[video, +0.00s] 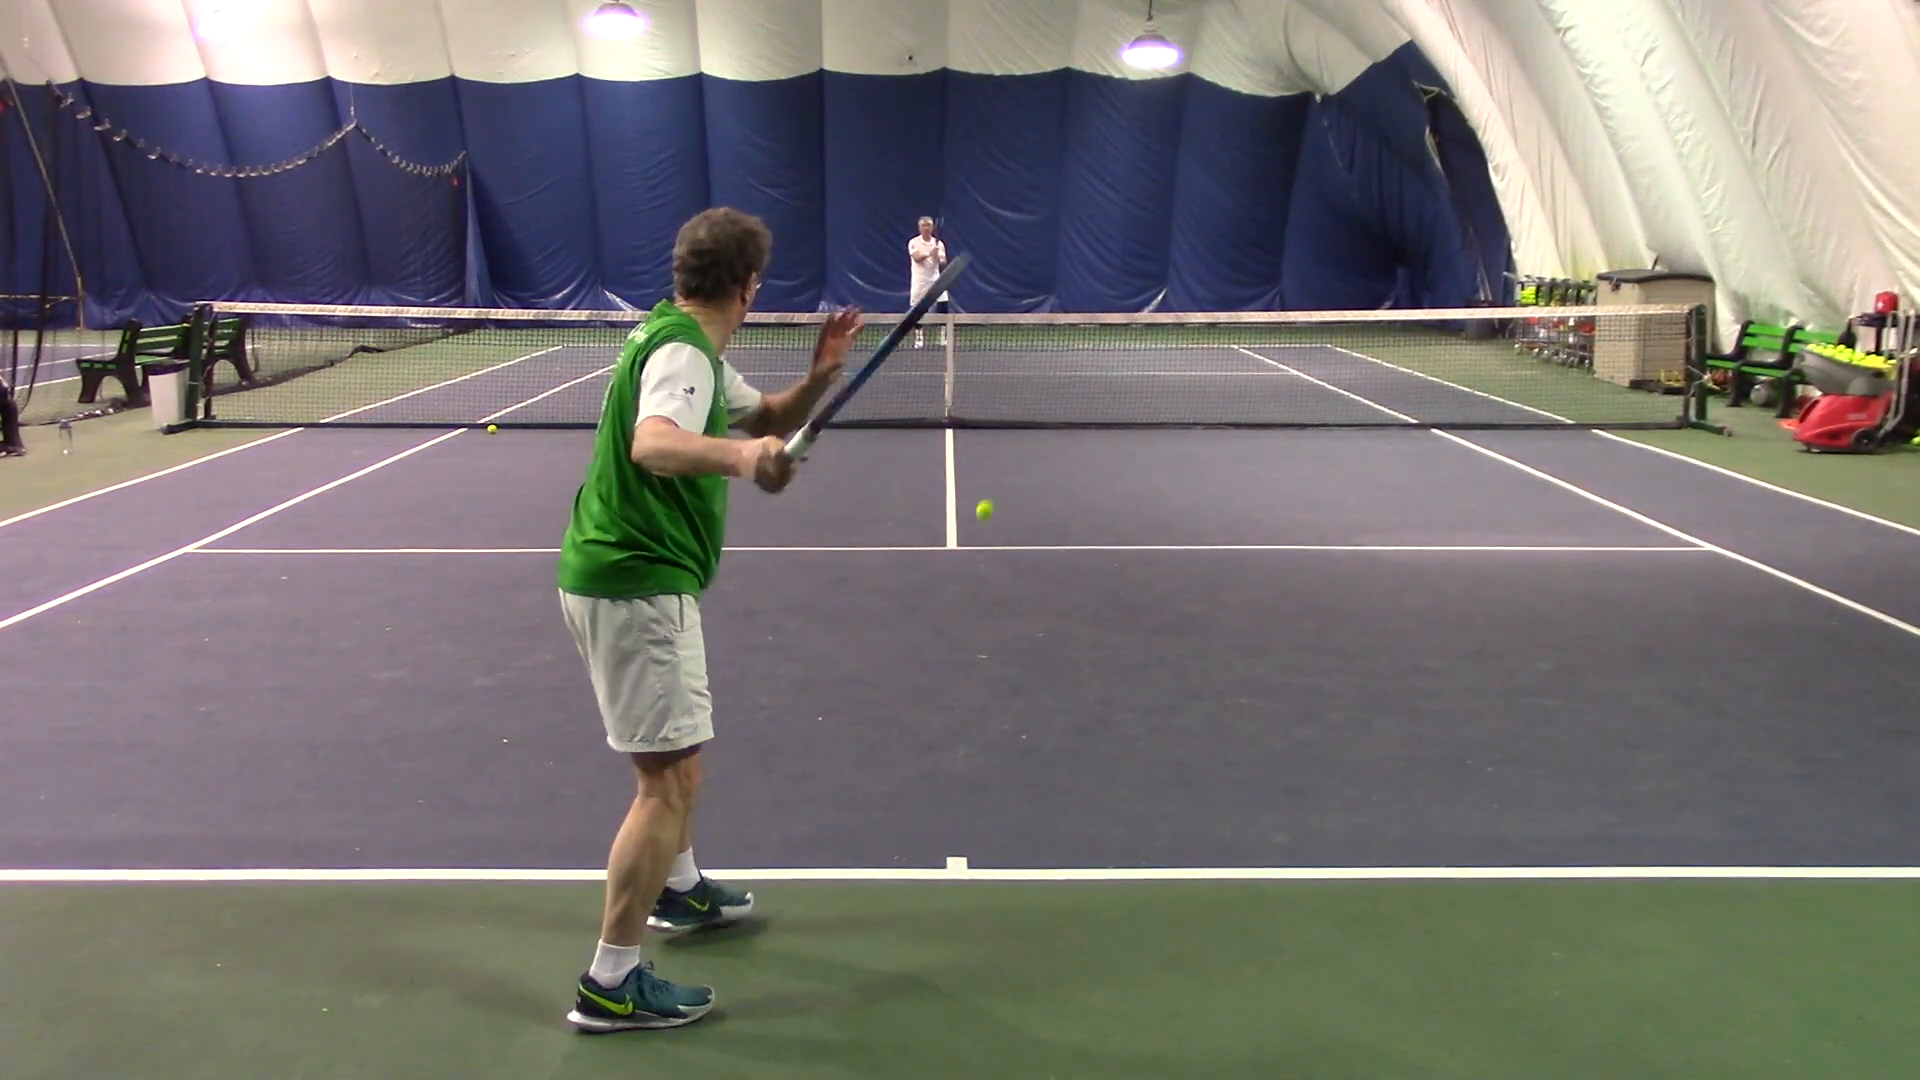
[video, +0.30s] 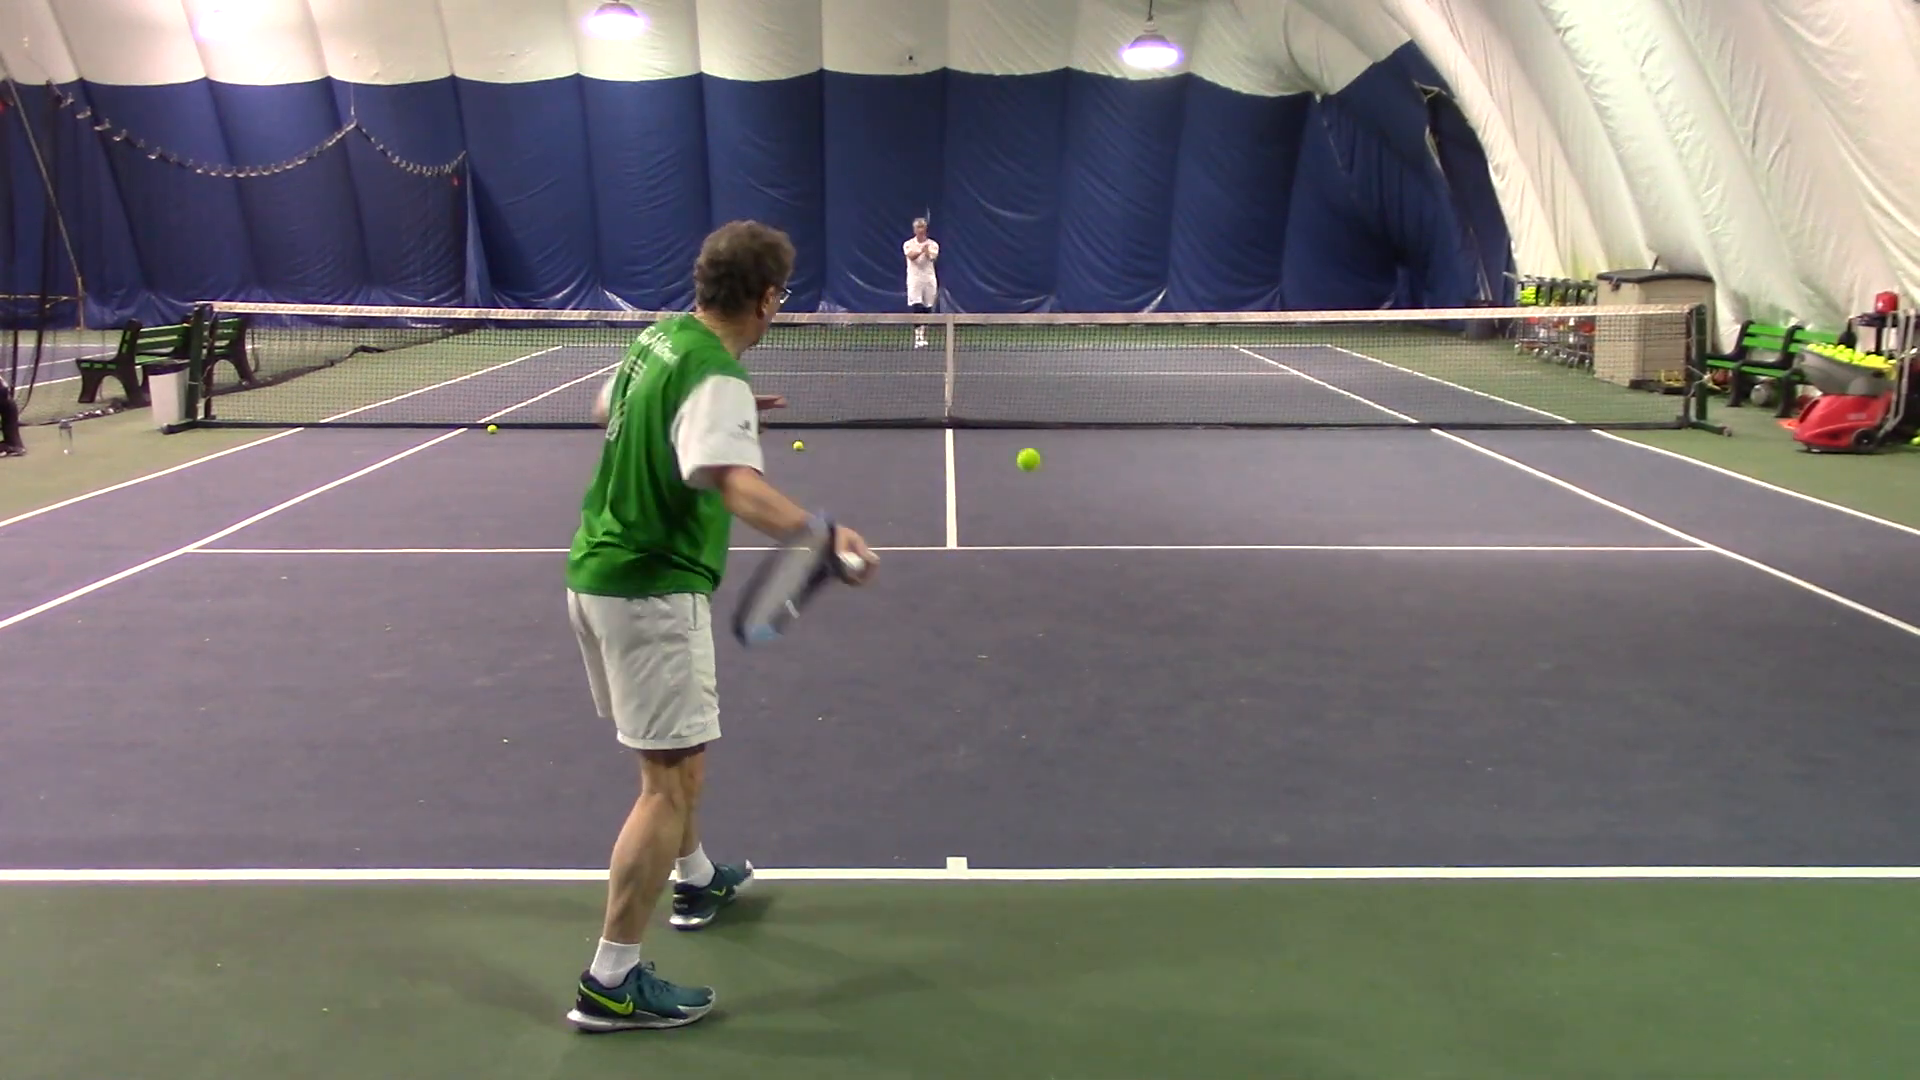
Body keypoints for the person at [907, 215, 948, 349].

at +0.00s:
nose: (926, 229)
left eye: (928, 225)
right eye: (923, 226)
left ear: (932, 227)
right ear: (919, 228)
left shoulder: (938, 243)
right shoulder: (913, 242)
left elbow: (943, 261)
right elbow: (917, 257)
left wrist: (938, 255)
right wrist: (931, 252)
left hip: (935, 278)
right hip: (919, 280)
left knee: (943, 304)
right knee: (918, 309)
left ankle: (943, 334)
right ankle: (919, 337)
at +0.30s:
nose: (920, 231)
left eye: (922, 228)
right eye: (918, 228)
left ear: (926, 229)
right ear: (914, 229)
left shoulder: (932, 244)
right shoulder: (908, 244)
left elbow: (933, 256)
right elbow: (911, 256)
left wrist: (926, 248)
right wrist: (922, 248)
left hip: (929, 278)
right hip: (915, 278)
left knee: (927, 308)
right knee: (917, 306)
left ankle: (923, 334)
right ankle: (917, 335)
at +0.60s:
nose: (919, 228)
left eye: (921, 225)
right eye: (916, 225)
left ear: (925, 227)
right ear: (912, 227)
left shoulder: (930, 244)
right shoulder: (905, 241)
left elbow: (930, 261)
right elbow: (907, 257)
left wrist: (922, 260)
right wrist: (922, 257)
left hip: (922, 276)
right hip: (907, 276)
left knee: (921, 306)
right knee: (907, 305)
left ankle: (920, 335)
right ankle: (908, 334)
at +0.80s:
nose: (914, 228)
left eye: (916, 225)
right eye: (911, 225)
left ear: (920, 227)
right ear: (907, 227)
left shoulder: (923, 243)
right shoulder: (900, 241)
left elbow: (926, 265)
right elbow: (903, 259)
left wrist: (924, 256)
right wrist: (918, 258)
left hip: (916, 276)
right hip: (901, 276)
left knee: (920, 305)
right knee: (894, 305)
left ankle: (919, 335)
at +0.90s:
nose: (911, 233)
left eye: (914, 230)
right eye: (909, 230)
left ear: (917, 232)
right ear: (904, 232)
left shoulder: (920, 247)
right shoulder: (897, 246)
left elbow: (924, 261)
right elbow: (900, 265)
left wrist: (923, 269)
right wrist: (914, 265)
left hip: (913, 281)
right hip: (898, 282)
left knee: (922, 307)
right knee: (889, 309)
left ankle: (919, 336)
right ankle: (880, 335)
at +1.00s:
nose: (912, 235)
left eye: (914, 232)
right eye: (910, 232)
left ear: (917, 233)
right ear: (905, 233)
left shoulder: (920, 249)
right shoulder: (897, 247)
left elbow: (922, 264)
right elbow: (898, 265)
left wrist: (922, 273)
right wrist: (910, 269)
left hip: (912, 282)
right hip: (897, 283)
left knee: (922, 307)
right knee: (889, 309)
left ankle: (919, 336)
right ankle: (880, 335)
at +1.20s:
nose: (915, 234)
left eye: (917, 231)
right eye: (913, 231)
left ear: (920, 234)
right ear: (907, 232)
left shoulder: (920, 247)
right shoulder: (900, 246)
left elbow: (923, 262)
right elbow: (902, 263)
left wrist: (925, 271)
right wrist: (918, 270)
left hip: (912, 281)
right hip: (898, 281)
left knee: (923, 304)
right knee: (892, 309)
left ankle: (919, 334)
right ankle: (882, 330)